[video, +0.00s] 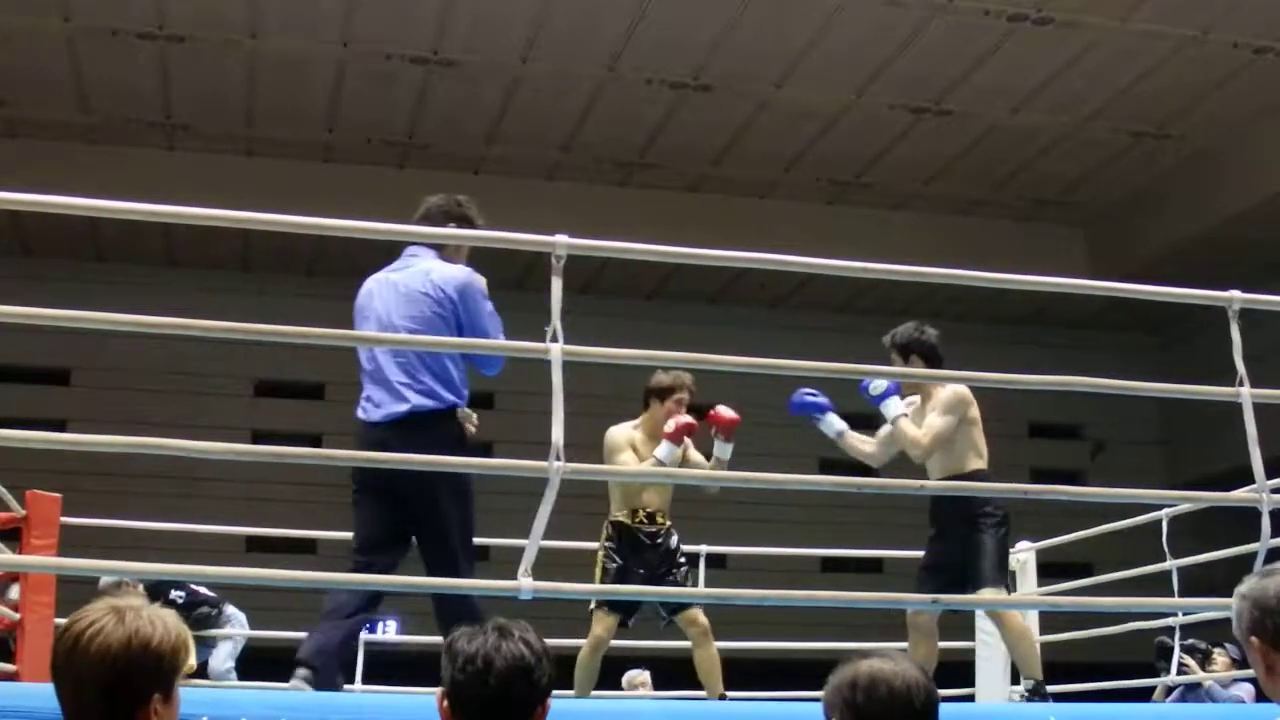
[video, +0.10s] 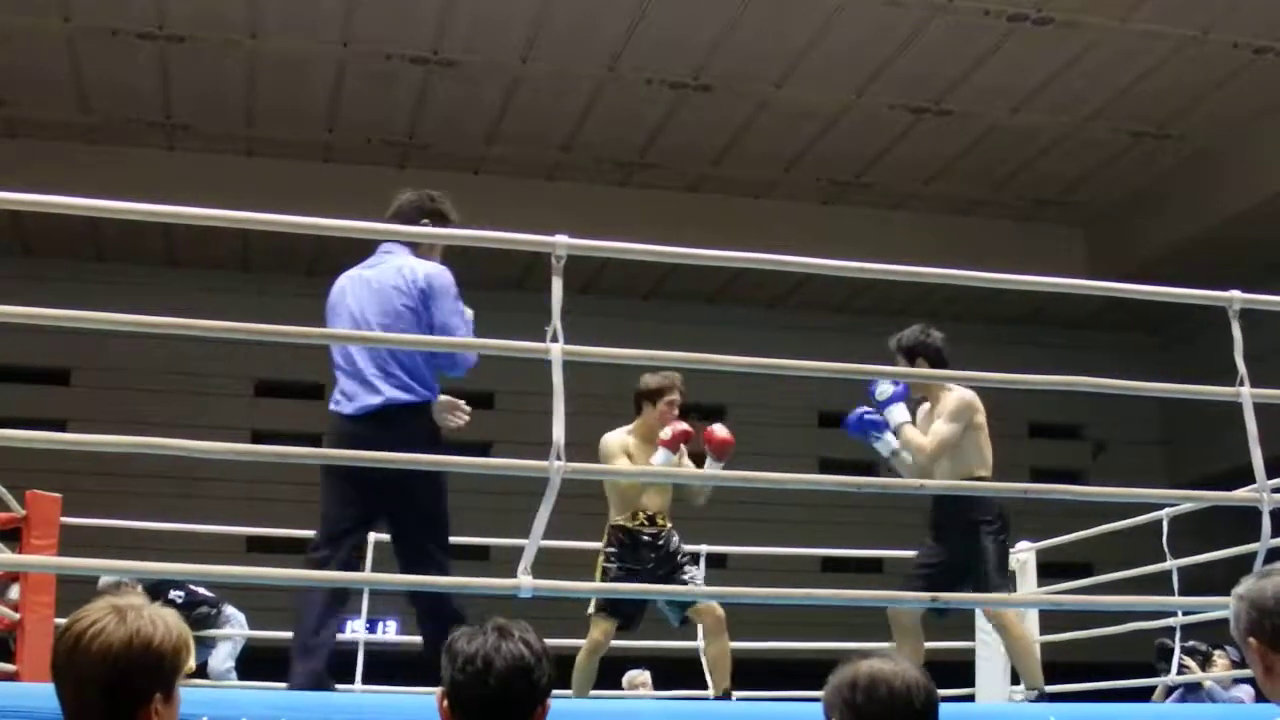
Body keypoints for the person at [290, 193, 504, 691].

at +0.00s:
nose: (469, 253)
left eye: (472, 245)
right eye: (469, 245)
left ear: (417, 234)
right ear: (452, 236)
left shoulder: (371, 287)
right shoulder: (458, 280)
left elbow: (386, 365)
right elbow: (492, 361)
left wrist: (450, 409)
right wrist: (472, 294)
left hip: (375, 438)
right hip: (434, 437)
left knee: (370, 565)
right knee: (451, 568)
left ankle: (311, 671)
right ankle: (478, 683)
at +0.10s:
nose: (445, 249)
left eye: (446, 240)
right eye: (444, 239)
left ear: (392, 231)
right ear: (427, 234)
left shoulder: (344, 284)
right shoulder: (430, 277)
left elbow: (358, 368)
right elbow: (458, 360)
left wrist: (428, 404)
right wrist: (447, 298)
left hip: (346, 432)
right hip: (407, 431)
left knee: (331, 556)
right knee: (426, 559)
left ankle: (306, 683)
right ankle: (461, 679)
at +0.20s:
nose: (427, 243)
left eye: (429, 233)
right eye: (425, 233)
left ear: (372, 224)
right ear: (404, 224)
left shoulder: (321, 276)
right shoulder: (410, 268)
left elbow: (333, 364)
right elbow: (414, 353)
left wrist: (405, 416)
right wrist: (441, 367)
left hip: (323, 427)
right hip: (382, 426)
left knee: (309, 554)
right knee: (409, 557)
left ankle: (300, 687)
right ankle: (435, 684)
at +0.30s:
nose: (410, 230)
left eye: (412, 221)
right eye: (408, 220)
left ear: (358, 215)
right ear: (389, 213)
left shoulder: (304, 266)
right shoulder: (389, 254)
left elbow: (295, 346)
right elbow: (375, 319)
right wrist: (398, 370)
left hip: (300, 412)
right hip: (356, 410)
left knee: (303, 545)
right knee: (391, 547)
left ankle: (300, 681)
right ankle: (377, 681)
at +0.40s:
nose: (393, 225)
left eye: (395, 217)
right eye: (392, 216)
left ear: (339, 208)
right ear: (371, 206)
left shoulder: (285, 267)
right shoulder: (367, 246)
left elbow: (267, 362)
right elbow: (347, 308)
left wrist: (256, 447)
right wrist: (376, 360)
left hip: (281, 409)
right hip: (329, 402)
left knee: (295, 536)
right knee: (362, 537)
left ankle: (290, 659)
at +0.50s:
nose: (372, 221)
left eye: (375, 212)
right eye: (371, 211)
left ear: (325, 204)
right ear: (350, 201)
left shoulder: (275, 257)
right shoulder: (336, 238)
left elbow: (239, 338)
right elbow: (326, 308)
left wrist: (215, 410)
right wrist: (372, 348)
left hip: (259, 404)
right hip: (301, 397)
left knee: (289, 537)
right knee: (322, 535)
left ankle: (296, 671)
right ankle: (212, 638)